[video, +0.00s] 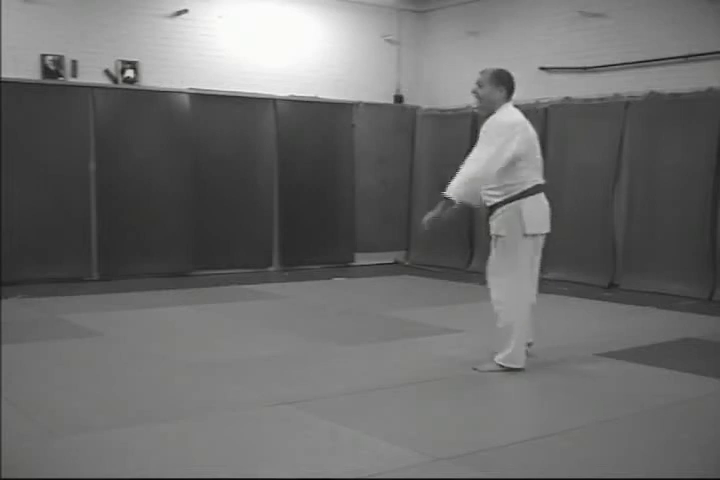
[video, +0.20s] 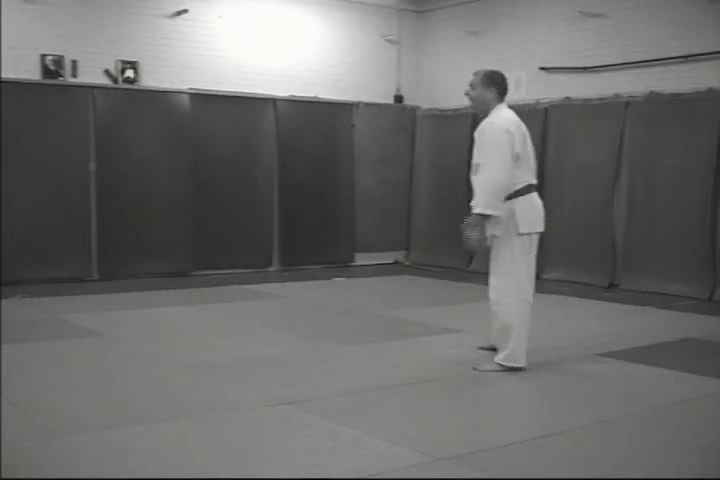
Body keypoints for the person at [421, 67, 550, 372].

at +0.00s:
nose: (474, 91)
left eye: (480, 87)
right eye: (475, 86)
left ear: (500, 92)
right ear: (500, 93)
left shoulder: (503, 123)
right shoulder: (510, 120)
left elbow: (478, 167)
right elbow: (486, 171)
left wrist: (444, 204)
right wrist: (459, 200)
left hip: (517, 213)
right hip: (525, 210)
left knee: (508, 280)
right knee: (518, 278)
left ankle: (513, 356)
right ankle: (521, 340)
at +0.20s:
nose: (467, 92)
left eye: (473, 87)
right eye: (469, 87)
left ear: (492, 92)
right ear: (493, 93)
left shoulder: (496, 126)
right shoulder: (504, 121)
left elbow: (493, 176)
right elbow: (495, 175)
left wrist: (477, 217)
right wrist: (478, 215)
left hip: (514, 214)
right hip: (516, 212)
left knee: (509, 285)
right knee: (509, 282)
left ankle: (512, 357)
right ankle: (504, 340)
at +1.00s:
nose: (462, 93)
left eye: (467, 88)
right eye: (463, 88)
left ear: (485, 91)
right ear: (488, 92)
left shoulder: (491, 124)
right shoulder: (499, 121)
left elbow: (484, 171)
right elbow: (490, 171)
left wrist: (459, 208)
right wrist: (468, 209)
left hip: (497, 211)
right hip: (504, 208)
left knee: (491, 283)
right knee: (498, 281)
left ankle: (495, 352)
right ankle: (503, 343)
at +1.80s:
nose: (451, 94)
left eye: (455, 89)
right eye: (452, 89)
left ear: (472, 92)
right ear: (478, 92)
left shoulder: (473, 124)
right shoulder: (488, 120)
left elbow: (469, 168)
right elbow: (476, 167)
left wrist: (460, 210)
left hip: (481, 207)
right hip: (488, 204)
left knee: (480, 279)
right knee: (468, 276)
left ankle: (493, 351)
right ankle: (467, 338)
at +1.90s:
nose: (449, 94)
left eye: (455, 89)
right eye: (451, 89)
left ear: (472, 93)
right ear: (477, 93)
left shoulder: (471, 123)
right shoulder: (486, 120)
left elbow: (465, 168)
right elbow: (474, 168)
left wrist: (454, 211)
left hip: (480, 207)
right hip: (486, 204)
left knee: (479, 278)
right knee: (466, 275)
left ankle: (491, 351)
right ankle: (466, 339)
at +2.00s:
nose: (449, 94)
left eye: (454, 89)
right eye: (450, 89)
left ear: (471, 93)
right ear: (475, 93)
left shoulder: (470, 122)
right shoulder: (482, 119)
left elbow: (463, 166)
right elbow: (469, 168)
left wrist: (443, 205)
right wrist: (454, 211)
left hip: (479, 207)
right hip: (478, 206)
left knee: (471, 278)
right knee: (463, 276)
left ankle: (490, 349)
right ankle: (465, 338)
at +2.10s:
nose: (448, 95)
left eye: (453, 90)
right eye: (449, 90)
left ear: (471, 93)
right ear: (473, 93)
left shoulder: (470, 122)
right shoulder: (480, 119)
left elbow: (462, 165)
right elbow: (469, 166)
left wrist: (440, 204)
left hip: (478, 208)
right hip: (477, 207)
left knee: (469, 278)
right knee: (465, 277)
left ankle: (487, 347)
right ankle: (465, 337)